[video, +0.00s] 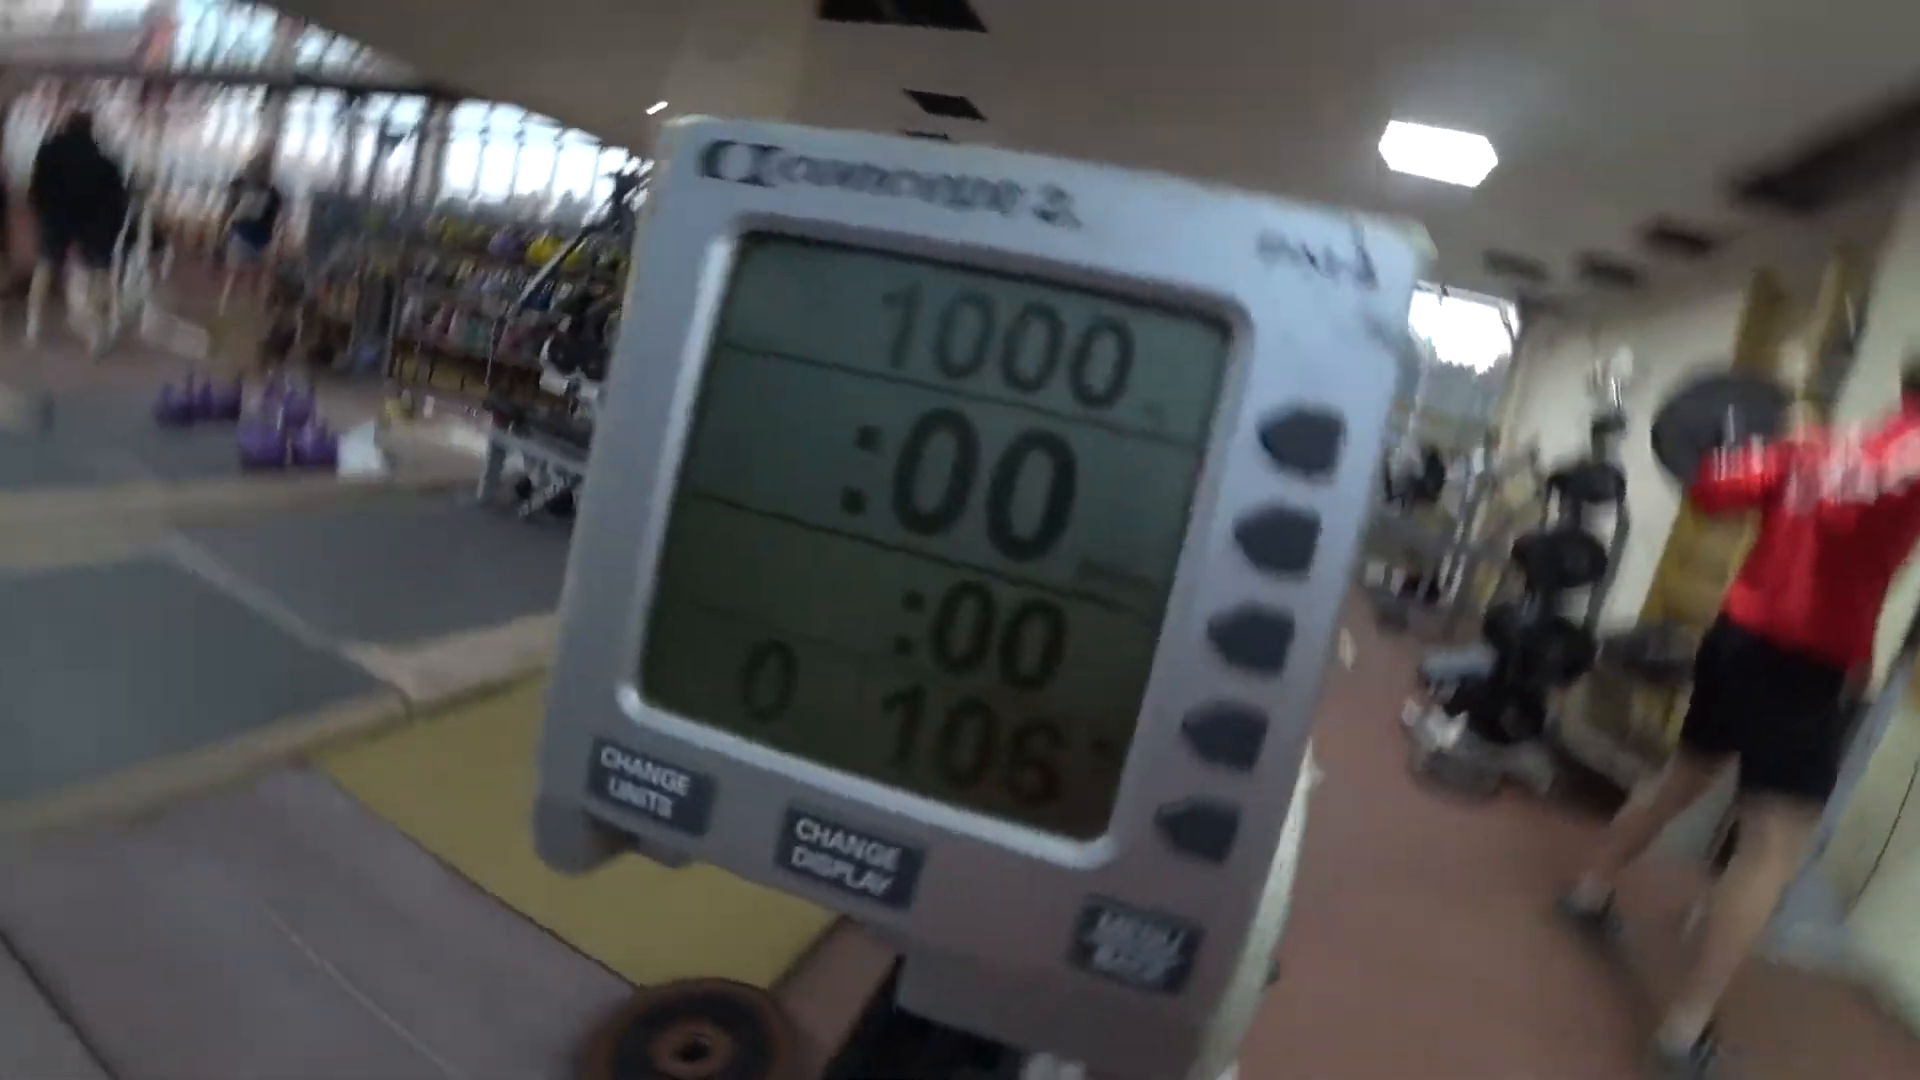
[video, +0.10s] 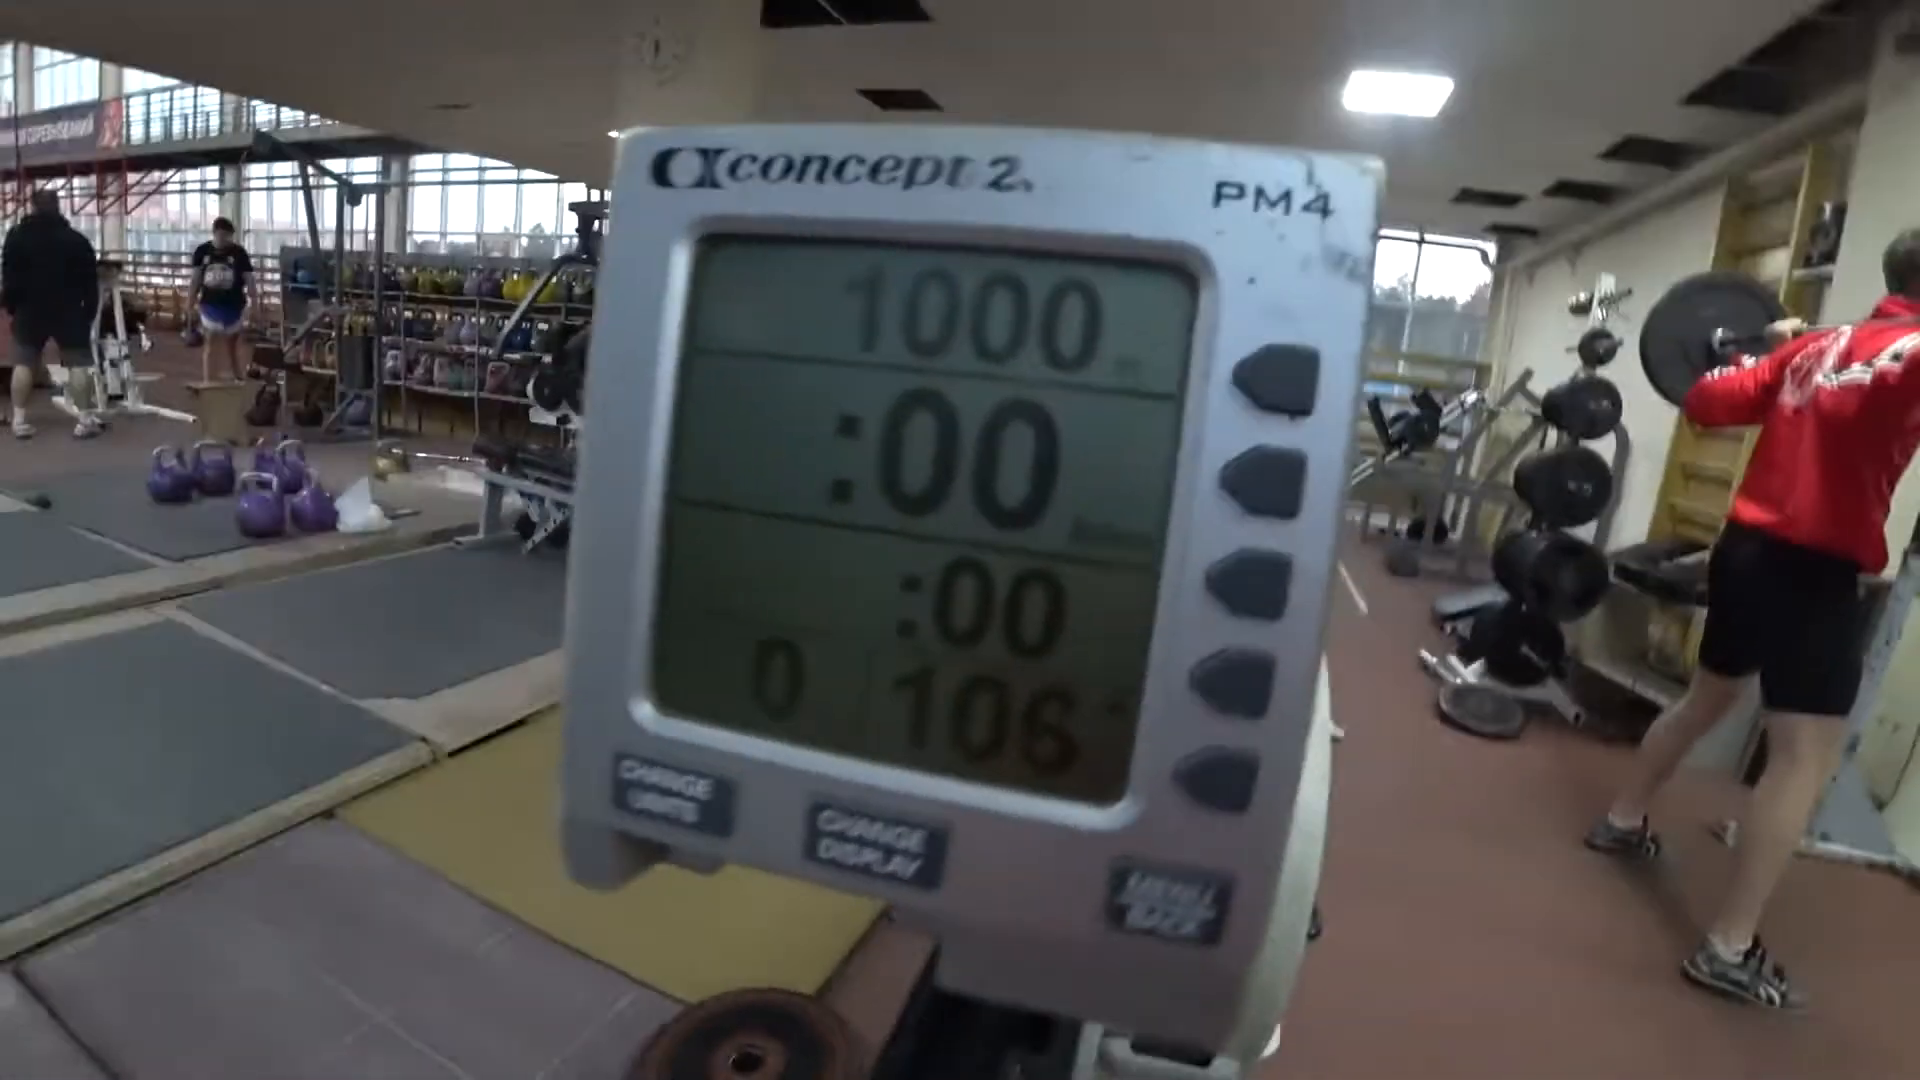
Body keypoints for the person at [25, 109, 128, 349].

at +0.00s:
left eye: (75, 126)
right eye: (82, 127)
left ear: (64, 128)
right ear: (91, 131)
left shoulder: (49, 153)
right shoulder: (103, 162)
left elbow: (36, 190)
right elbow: (115, 199)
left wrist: (41, 210)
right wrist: (110, 226)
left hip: (56, 220)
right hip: (93, 223)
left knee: (45, 269)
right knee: (98, 274)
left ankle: (33, 327)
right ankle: (99, 329)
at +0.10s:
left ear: (33, 208)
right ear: (58, 208)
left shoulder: (17, 236)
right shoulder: (77, 240)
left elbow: (10, 277)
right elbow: (90, 284)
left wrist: (11, 307)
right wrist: (88, 315)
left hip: (31, 310)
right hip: (68, 310)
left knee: (24, 362)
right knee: (77, 364)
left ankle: (19, 420)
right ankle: (85, 419)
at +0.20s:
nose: (8, 276)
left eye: (8, 271)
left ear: (10, 274)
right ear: (35, 272)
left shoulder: (3, 300)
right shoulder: (56, 303)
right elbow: (74, 345)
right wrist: (73, 378)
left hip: (13, 377)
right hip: (54, 374)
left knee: (12, 430)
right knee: (69, 427)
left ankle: (15, 487)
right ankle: (79, 480)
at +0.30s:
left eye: (4, 298)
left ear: (1, 300)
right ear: (24, 297)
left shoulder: (3, 329)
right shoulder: (47, 328)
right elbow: (66, 372)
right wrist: (67, 403)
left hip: (10, 405)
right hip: (47, 401)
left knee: (9, 455)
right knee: (65, 449)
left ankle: (14, 512)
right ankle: (79, 503)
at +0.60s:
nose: (1, 294)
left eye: (2, 289)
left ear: (4, 291)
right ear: (27, 289)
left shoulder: (2, 319)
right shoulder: (49, 319)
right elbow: (69, 361)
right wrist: (72, 392)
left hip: (12, 394)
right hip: (50, 391)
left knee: (15, 447)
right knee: (69, 442)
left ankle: (21, 504)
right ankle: (85, 497)